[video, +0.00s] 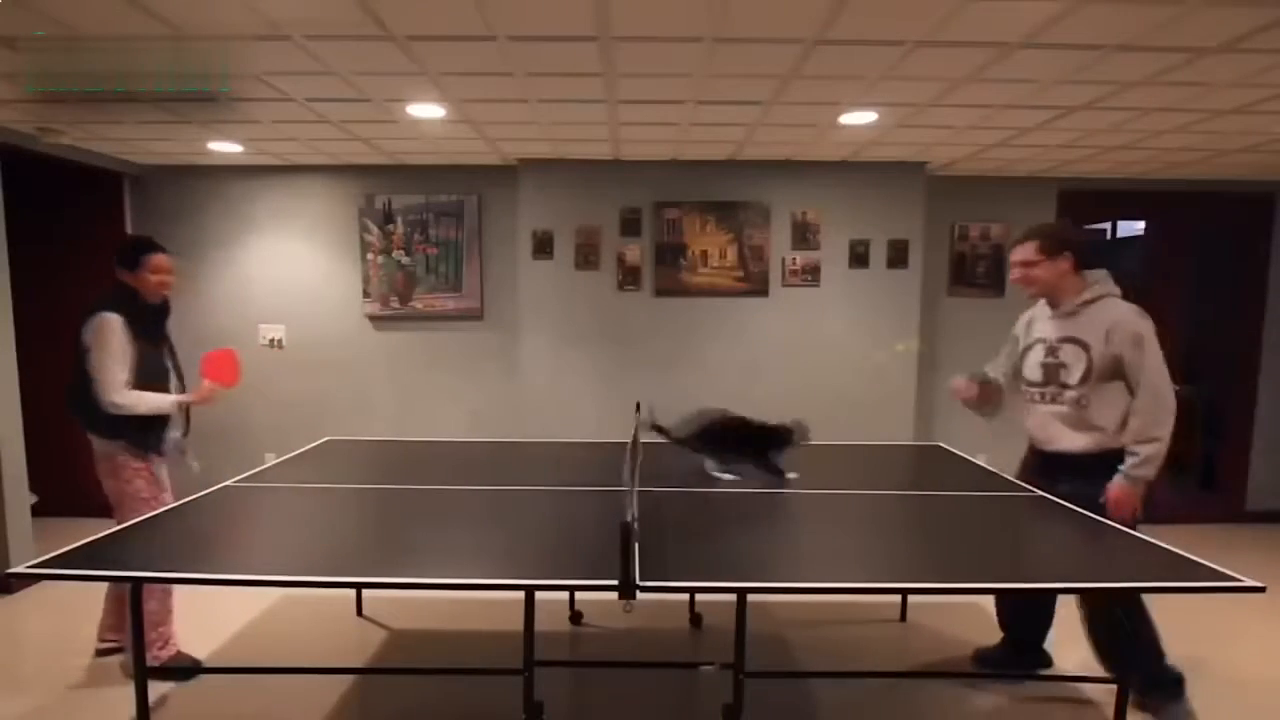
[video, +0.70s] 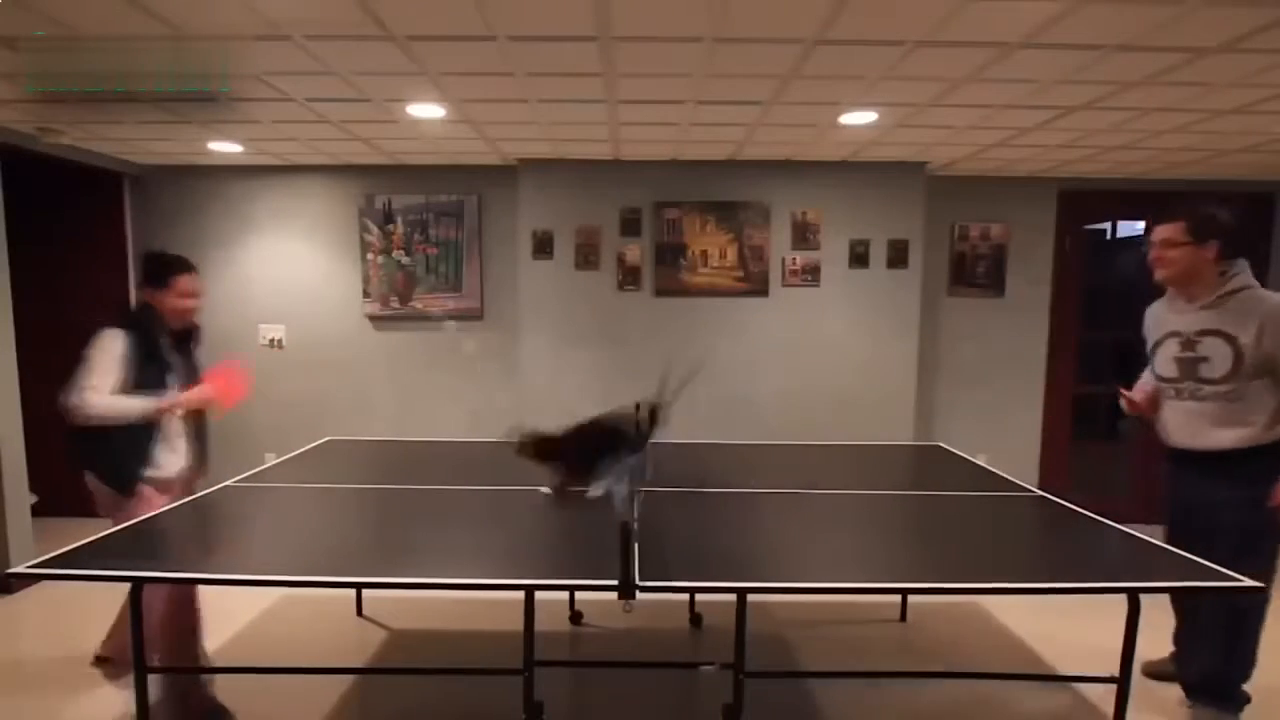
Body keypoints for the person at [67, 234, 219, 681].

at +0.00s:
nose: (166, 282)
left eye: (168, 274)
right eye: (157, 274)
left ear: (167, 277)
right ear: (128, 275)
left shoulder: (149, 319)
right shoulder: (110, 322)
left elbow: (155, 385)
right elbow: (113, 398)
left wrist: (190, 397)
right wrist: (185, 399)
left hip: (145, 445)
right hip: (121, 449)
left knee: (137, 538)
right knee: (158, 538)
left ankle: (114, 634)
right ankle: (157, 650)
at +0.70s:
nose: (193, 305)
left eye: (196, 295)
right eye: (183, 295)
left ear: (193, 297)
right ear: (151, 296)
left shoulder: (182, 346)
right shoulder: (117, 341)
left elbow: (180, 406)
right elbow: (82, 403)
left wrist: (205, 396)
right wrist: (167, 402)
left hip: (176, 482)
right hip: (129, 485)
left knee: (170, 571)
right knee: (171, 574)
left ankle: (118, 650)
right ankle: (180, 688)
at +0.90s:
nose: (236, 287)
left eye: (237, 277)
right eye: (225, 277)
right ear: (190, 283)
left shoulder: (209, 329)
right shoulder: (162, 331)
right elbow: (206, 356)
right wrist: (286, 331)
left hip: (180, 471)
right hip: (140, 473)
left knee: (191, 578)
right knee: (183, 581)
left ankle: (194, 693)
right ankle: (189, 697)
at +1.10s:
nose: (251, 288)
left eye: (253, 279)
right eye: (241, 278)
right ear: (205, 279)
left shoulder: (215, 325)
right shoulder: (178, 322)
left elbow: (208, 375)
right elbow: (159, 384)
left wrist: (269, 354)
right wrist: (240, 373)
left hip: (174, 472)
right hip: (138, 472)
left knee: (187, 586)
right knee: (167, 589)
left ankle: (193, 698)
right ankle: (174, 704)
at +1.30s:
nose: (219, 296)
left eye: (221, 285)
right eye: (207, 286)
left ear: (215, 288)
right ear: (175, 288)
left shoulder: (195, 335)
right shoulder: (142, 338)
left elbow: (195, 403)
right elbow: (59, 405)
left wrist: (198, 438)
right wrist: (127, 446)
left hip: (170, 471)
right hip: (127, 477)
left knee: (132, 573)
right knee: (187, 582)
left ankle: (91, 665)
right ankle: (187, 700)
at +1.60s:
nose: (147, 280)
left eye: (151, 271)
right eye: (137, 271)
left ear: (152, 275)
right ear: (108, 273)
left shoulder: (139, 328)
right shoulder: (81, 324)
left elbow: (151, 397)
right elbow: (29, 391)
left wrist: (163, 421)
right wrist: (106, 419)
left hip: (132, 461)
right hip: (95, 464)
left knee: (115, 556)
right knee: (134, 557)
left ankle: (86, 654)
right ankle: (117, 673)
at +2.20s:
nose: (160, 292)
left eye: (163, 282)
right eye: (150, 282)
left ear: (165, 284)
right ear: (119, 285)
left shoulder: (157, 334)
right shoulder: (93, 333)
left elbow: (172, 414)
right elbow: (52, 400)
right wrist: (133, 375)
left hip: (153, 465)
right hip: (108, 468)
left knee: (132, 564)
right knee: (168, 567)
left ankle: (89, 658)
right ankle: (170, 686)